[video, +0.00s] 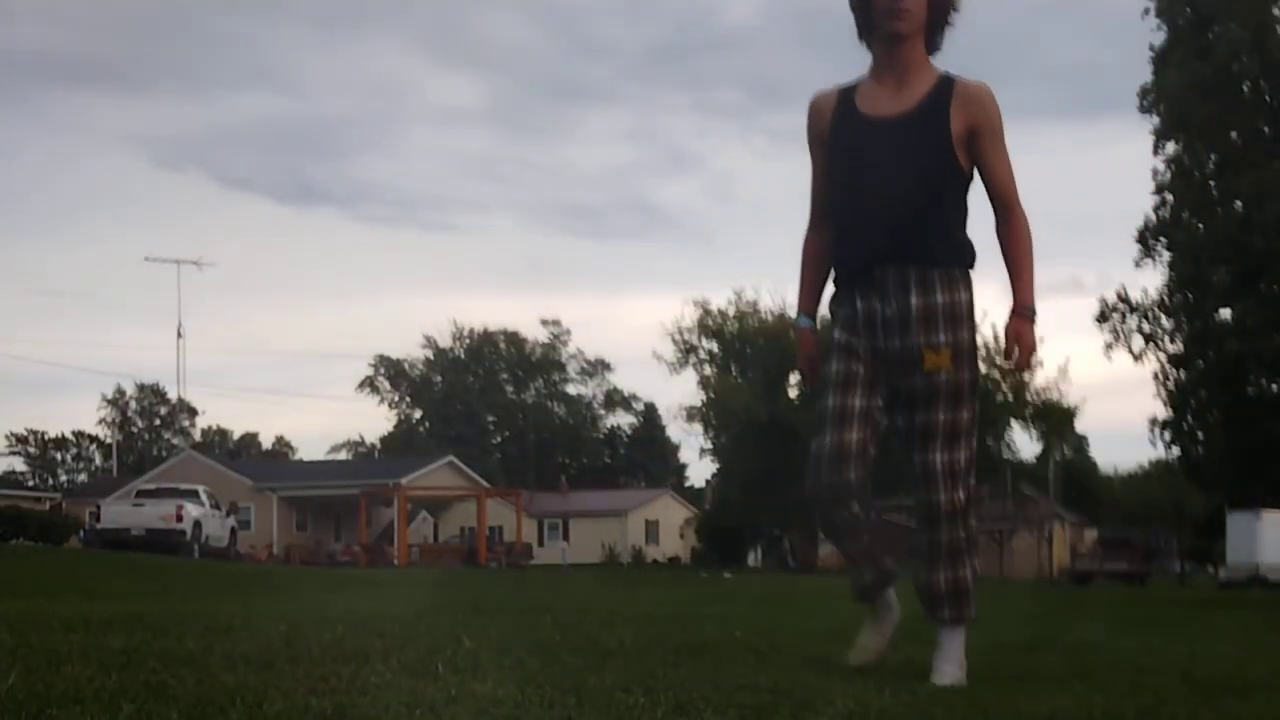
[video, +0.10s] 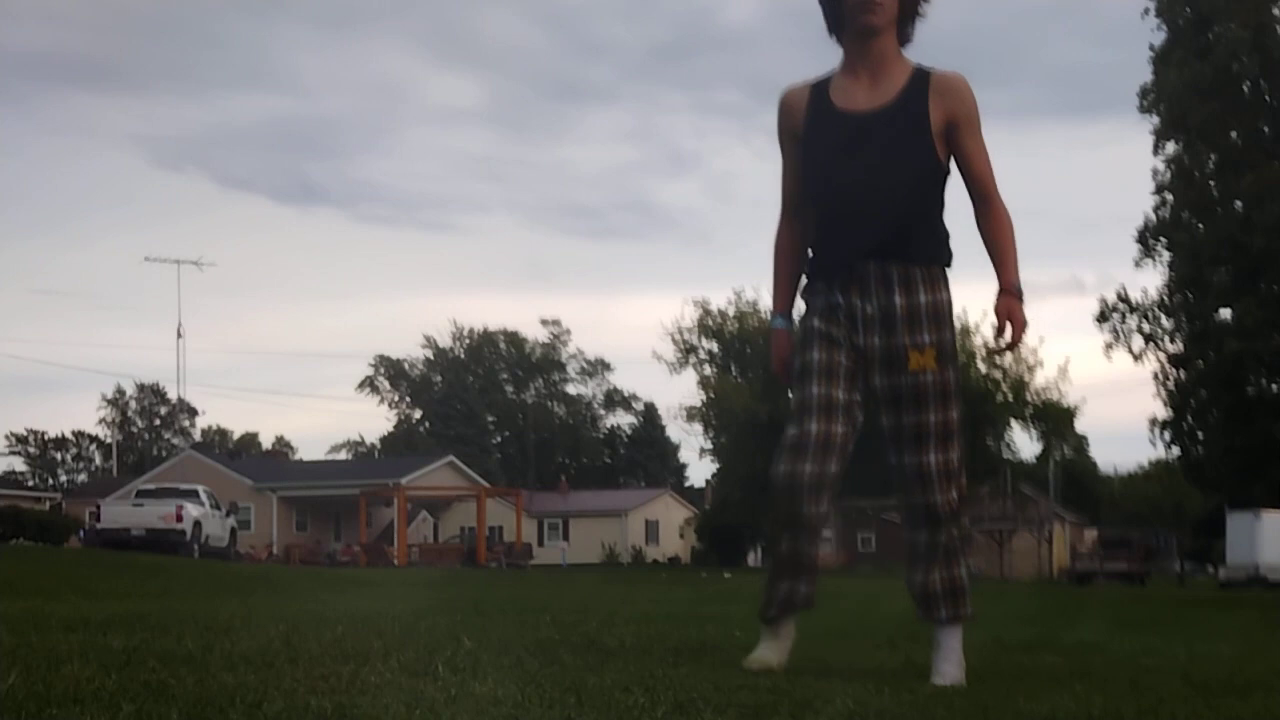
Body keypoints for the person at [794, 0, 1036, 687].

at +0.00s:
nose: (897, 2)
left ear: (934, 9)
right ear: (861, 11)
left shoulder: (968, 100)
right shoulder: (829, 108)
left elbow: (1009, 211)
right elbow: (821, 222)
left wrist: (1024, 310)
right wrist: (806, 317)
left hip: (939, 301)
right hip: (856, 306)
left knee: (942, 478)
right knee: (834, 478)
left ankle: (951, 631)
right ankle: (880, 596)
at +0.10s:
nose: (870, 2)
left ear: (903, 8)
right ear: (832, 11)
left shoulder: (945, 91)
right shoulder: (800, 103)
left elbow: (986, 199)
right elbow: (793, 217)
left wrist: (1010, 286)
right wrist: (779, 316)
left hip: (917, 298)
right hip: (830, 303)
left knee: (934, 477)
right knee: (802, 470)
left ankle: (948, 636)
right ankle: (779, 623)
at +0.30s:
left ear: (833, 4)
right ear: (768, 8)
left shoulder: (883, 84)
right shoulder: (738, 102)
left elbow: (914, 192)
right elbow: (710, 222)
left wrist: (957, 258)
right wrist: (703, 332)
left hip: (859, 298)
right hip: (774, 300)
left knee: (899, 470)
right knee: (769, 464)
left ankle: (937, 643)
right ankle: (716, 644)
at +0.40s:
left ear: (800, 3)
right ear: (758, 0)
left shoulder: (855, 74)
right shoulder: (722, 88)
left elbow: (871, 182)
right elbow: (680, 210)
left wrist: (916, 259)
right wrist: (666, 323)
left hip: (836, 288)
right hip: (757, 290)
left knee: (871, 464)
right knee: (753, 465)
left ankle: (901, 642)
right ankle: (713, 645)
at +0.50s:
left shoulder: (833, 66)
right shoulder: (723, 71)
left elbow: (827, 180)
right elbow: (667, 185)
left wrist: (875, 271)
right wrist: (642, 301)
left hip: (818, 276)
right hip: (747, 277)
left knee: (848, 454)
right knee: (741, 459)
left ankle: (863, 633)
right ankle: (714, 643)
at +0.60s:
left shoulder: (817, 72)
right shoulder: (732, 63)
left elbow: (797, 198)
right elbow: (675, 165)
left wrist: (829, 291)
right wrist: (644, 270)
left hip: (802, 274)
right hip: (738, 270)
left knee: (830, 455)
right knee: (731, 454)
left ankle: (828, 630)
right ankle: (711, 641)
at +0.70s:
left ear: (781, 3)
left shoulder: (804, 75)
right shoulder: (744, 58)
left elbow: (775, 171)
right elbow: (704, 151)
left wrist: (784, 261)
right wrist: (685, 239)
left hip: (786, 272)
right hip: (735, 266)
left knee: (809, 454)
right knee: (725, 452)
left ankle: (796, 629)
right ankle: (708, 640)